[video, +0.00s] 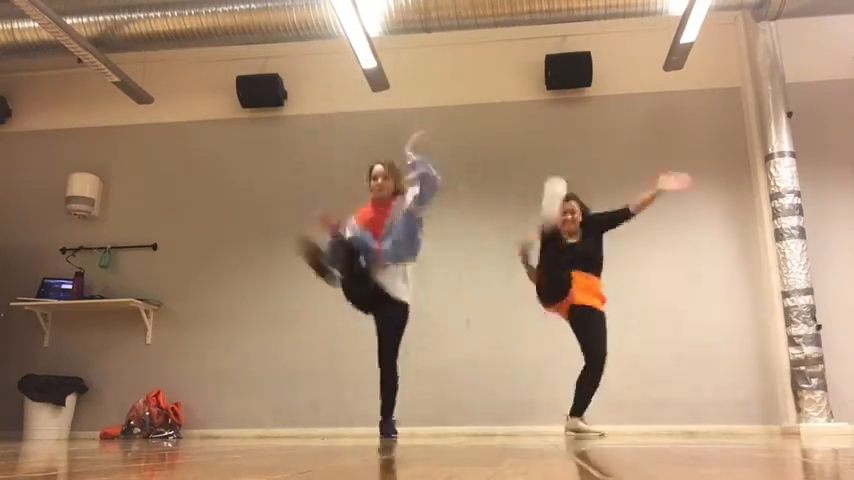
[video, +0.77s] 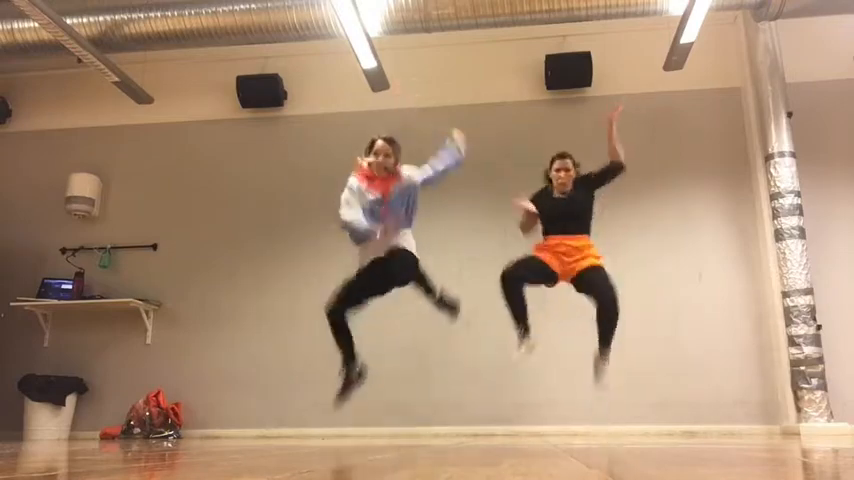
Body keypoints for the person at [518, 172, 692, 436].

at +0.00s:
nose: (570, 217)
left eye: (574, 212)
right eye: (565, 213)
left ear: (581, 213)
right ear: (557, 216)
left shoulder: (593, 225)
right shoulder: (551, 243)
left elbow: (628, 211)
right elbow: (541, 282)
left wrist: (656, 191)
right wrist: (526, 263)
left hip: (587, 298)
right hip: (558, 296)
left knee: (596, 360)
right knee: (552, 248)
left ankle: (574, 418)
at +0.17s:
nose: (569, 203)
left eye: (573, 199)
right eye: (564, 200)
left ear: (581, 203)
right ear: (557, 206)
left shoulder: (596, 218)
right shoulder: (550, 234)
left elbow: (636, 219)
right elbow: (523, 259)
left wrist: (669, 200)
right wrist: (536, 241)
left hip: (595, 288)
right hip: (566, 284)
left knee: (600, 355)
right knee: (559, 286)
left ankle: (575, 417)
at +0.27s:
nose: (572, 190)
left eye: (577, 187)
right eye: (567, 188)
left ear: (586, 192)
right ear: (561, 195)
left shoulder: (598, 215)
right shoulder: (554, 212)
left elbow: (619, 233)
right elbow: (523, 209)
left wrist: (651, 229)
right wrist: (519, 191)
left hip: (595, 282)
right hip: (563, 279)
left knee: (608, 345)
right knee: (555, 328)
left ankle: (587, 409)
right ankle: (549, 396)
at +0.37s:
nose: (584, 184)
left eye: (587, 183)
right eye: (578, 184)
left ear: (595, 196)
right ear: (569, 195)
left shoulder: (603, 223)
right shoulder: (560, 208)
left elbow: (608, 258)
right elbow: (531, 185)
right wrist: (516, 154)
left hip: (597, 287)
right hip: (563, 285)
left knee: (610, 351)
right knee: (556, 345)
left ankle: (604, 414)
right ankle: (558, 415)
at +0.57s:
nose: (573, 196)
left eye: (576, 191)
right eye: (568, 192)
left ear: (584, 195)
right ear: (561, 198)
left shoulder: (599, 216)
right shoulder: (557, 225)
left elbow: (620, 216)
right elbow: (526, 247)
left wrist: (631, 200)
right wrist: (534, 219)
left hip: (592, 292)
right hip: (563, 285)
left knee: (601, 355)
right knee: (536, 261)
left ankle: (601, 418)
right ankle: (533, 329)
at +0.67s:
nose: (563, 179)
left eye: (567, 175)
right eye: (559, 176)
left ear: (575, 177)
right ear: (552, 181)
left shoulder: (587, 188)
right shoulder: (547, 211)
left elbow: (611, 160)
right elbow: (541, 246)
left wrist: (618, 123)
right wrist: (534, 250)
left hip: (586, 269)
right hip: (557, 265)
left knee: (597, 336)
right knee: (524, 247)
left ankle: (606, 406)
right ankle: (531, 307)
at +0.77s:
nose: (562, 174)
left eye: (567, 170)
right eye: (557, 170)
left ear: (575, 173)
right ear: (550, 174)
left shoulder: (586, 186)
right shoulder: (541, 197)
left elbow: (618, 166)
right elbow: (525, 229)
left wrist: (612, 132)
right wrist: (530, 214)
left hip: (582, 258)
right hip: (550, 258)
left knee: (608, 297)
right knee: (510, 276)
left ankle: (603, 354)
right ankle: (524, 335)